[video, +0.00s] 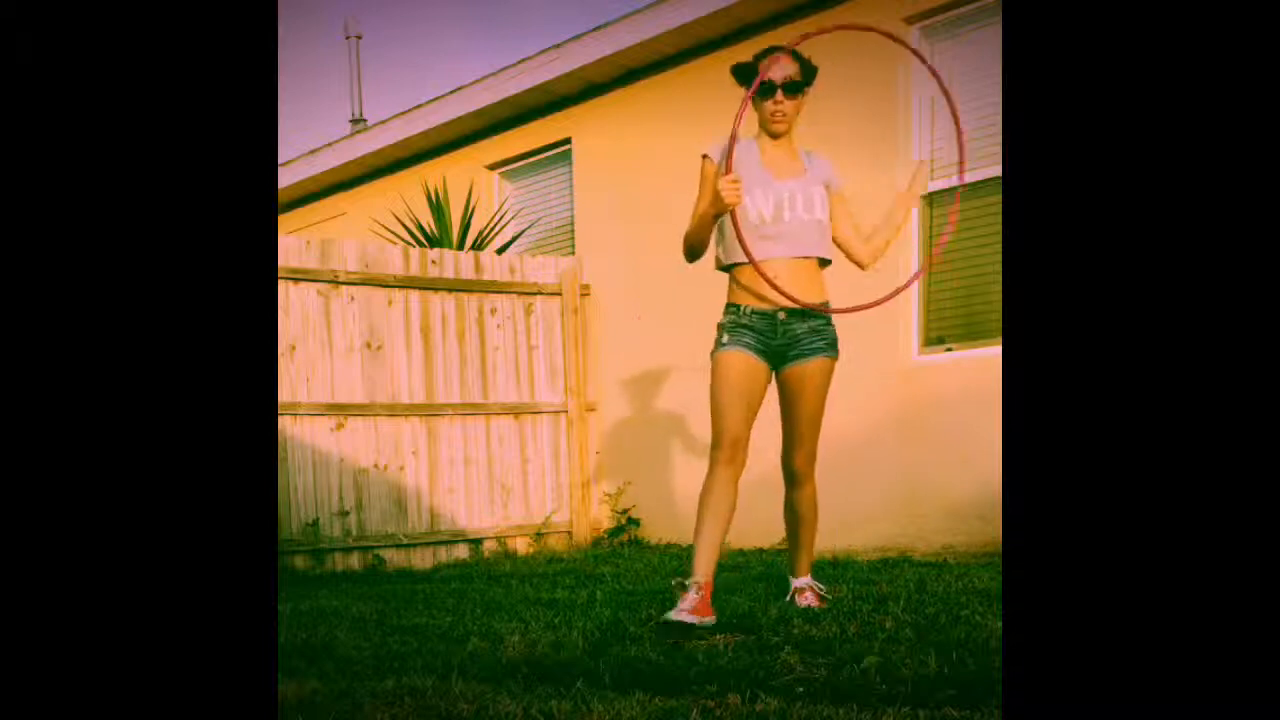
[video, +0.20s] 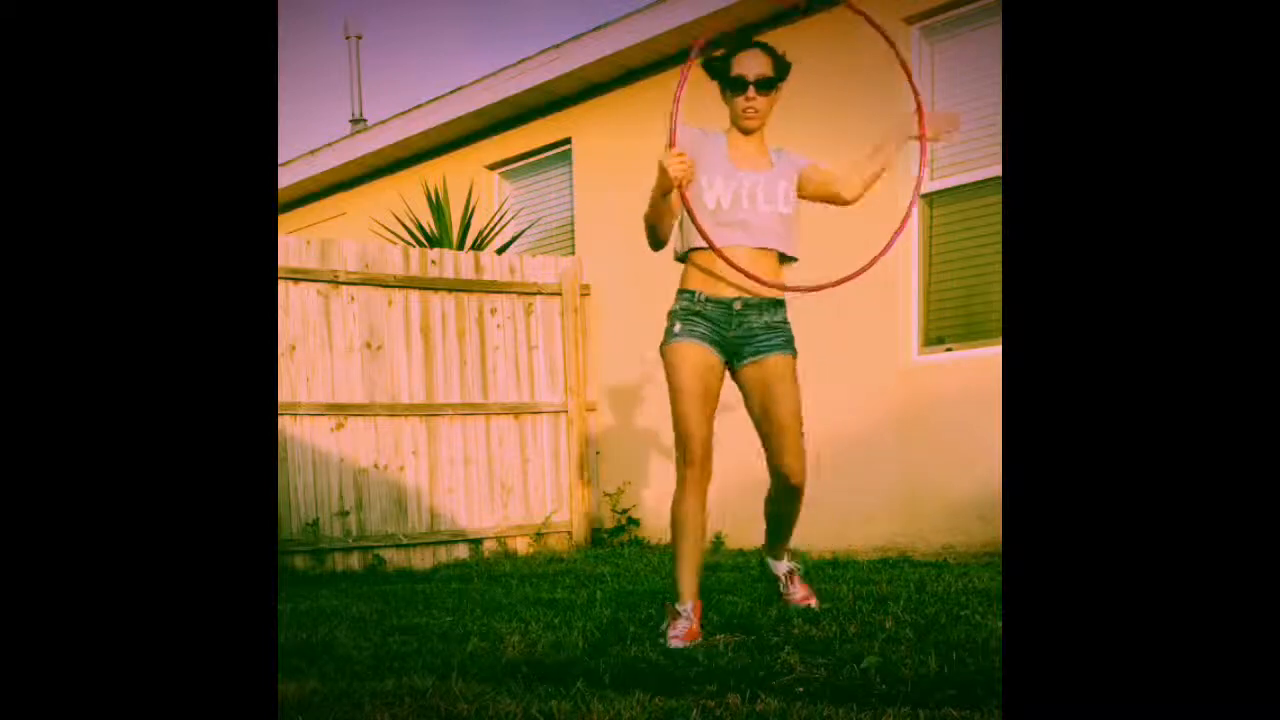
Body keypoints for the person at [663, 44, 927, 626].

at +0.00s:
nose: (779, 100)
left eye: (790, 89)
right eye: (767, 89)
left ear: (805, 98)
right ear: (751, 96)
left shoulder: (820, 171)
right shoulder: (725, 160)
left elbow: (865, 254)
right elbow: (692, 251)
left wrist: (912, 190)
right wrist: (711, 210)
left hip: (810, 326)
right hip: (743, 324)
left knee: (800, 467)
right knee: (726, 451)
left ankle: (803, 581)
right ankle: (699, 591)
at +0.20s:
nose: (751, 98)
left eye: (763, 87)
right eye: (740, 87)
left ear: (778, 92)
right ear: (724, 91)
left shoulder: (787, 167)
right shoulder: (694, 154)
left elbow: (849, 189)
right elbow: (658, 238)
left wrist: (900, 135)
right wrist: (668, 188)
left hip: (764, 321)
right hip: (696, 317)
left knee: (791, 474)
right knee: (692, 462)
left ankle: (777, 557)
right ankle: (686, 606)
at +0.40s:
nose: (725, 88)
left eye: (737, 78)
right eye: (714, 78)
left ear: (753, 87)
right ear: (698, 86)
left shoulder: (764, 156)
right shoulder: (668, 147)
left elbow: (807, 148)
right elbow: (642, 224)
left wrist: (799, 62)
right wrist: (639, 143)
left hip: (747, 319)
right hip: (677, 321)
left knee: (828, 405)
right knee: (681, 467)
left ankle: (724, 421)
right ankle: (686, 608)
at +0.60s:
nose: (727, 88)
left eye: (734, 76)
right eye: (710, 77)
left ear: (745, 84)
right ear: (688, 90)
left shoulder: (761, 152)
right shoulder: (660, 154)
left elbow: (801, 91)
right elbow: (666, 218)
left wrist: (734, 34)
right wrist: (707, 145)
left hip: (748, 317)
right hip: (679, 334)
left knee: (837, 344)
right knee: (677, 479)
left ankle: (816, 483)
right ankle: (689, 609)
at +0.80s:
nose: (718, 68)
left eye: (732, 58)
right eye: (707, 59)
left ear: (753, 74)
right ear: (695, 76)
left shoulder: (774, 128)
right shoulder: (672, 148)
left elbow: (817, 37)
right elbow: (670, 231)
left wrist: (761, 6)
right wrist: (736, 190)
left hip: (771, 313)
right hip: (698, 328)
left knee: (851, 427)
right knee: (682, 476)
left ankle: (948, 573)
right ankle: (691, 608)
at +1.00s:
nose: (764, 60)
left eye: (777, 48)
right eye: (751, 53)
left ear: (801, 57)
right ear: (739, 70)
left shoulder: (830, 121)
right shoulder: (721, 144)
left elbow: (913, 55)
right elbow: (652, 226)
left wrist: (854, 39)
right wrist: (692, 235)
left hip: (822, 314)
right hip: (745, 324)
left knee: (884, 456)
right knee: (715, 478)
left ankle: (943, 602)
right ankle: (695, 606)